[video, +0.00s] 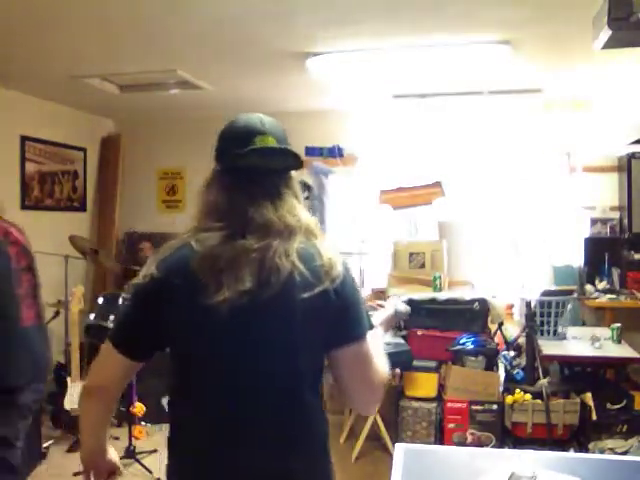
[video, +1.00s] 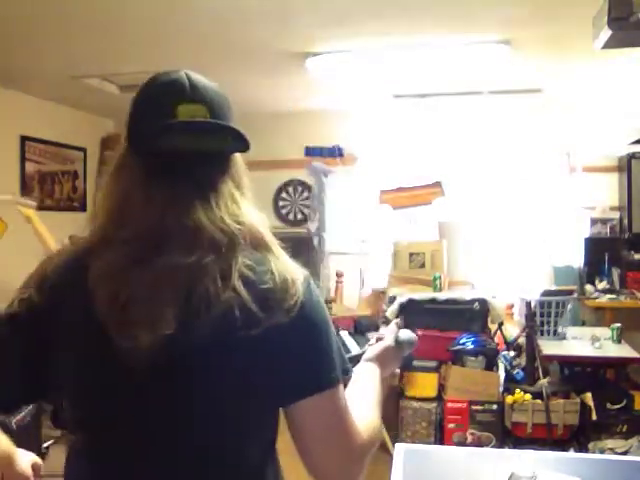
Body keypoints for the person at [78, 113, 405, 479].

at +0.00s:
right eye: (289, 181)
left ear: (217, 186)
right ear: (290, 186)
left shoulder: (176, 268)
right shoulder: (321, 270)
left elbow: (99, 386)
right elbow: (366, 397)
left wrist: (93, 455)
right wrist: (365, 339)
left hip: (199, 469)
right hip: (297, 470)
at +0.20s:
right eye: (315, 177)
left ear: (239, 179)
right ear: (315, 182)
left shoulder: (193, 266)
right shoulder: (346, 274)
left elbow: (103, 388)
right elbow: (390, 410)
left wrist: (96, 464)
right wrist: (402, 342)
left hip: (205, 470)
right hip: (310, 472)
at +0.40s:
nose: (318, 177)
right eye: (317, 169)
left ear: (239, 170)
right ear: (316, 176)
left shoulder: (189, 260)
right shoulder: (353, 273)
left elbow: (84, 384)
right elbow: (399, 415)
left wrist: (85, 456)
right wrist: (393, 347)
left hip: (202, 468)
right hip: (312, 469)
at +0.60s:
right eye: (300, 166)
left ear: (209, 173)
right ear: (295, 178)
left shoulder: (165, 274)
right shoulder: (335, 286)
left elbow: (46, 400)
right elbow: (383, 430)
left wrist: (63, 447)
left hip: (182, 471)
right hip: (298, 472)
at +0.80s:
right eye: (248, 166)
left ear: (158, 175)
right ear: (252, 177)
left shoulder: (103, 288)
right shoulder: (295, 294)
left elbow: (5, 419)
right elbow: (349, 459)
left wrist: (38, 461)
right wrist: (377, 376)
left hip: (126, 469)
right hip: (257, 470)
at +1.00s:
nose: (244, 169)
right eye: (237, 158)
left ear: (130, 165)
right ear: (230, 169)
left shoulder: (64, 283)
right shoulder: (275, 289)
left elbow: (1, 402)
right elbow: (340, 465)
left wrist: (12, 460)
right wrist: (374, 371)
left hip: (97, 473)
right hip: (237, 475)